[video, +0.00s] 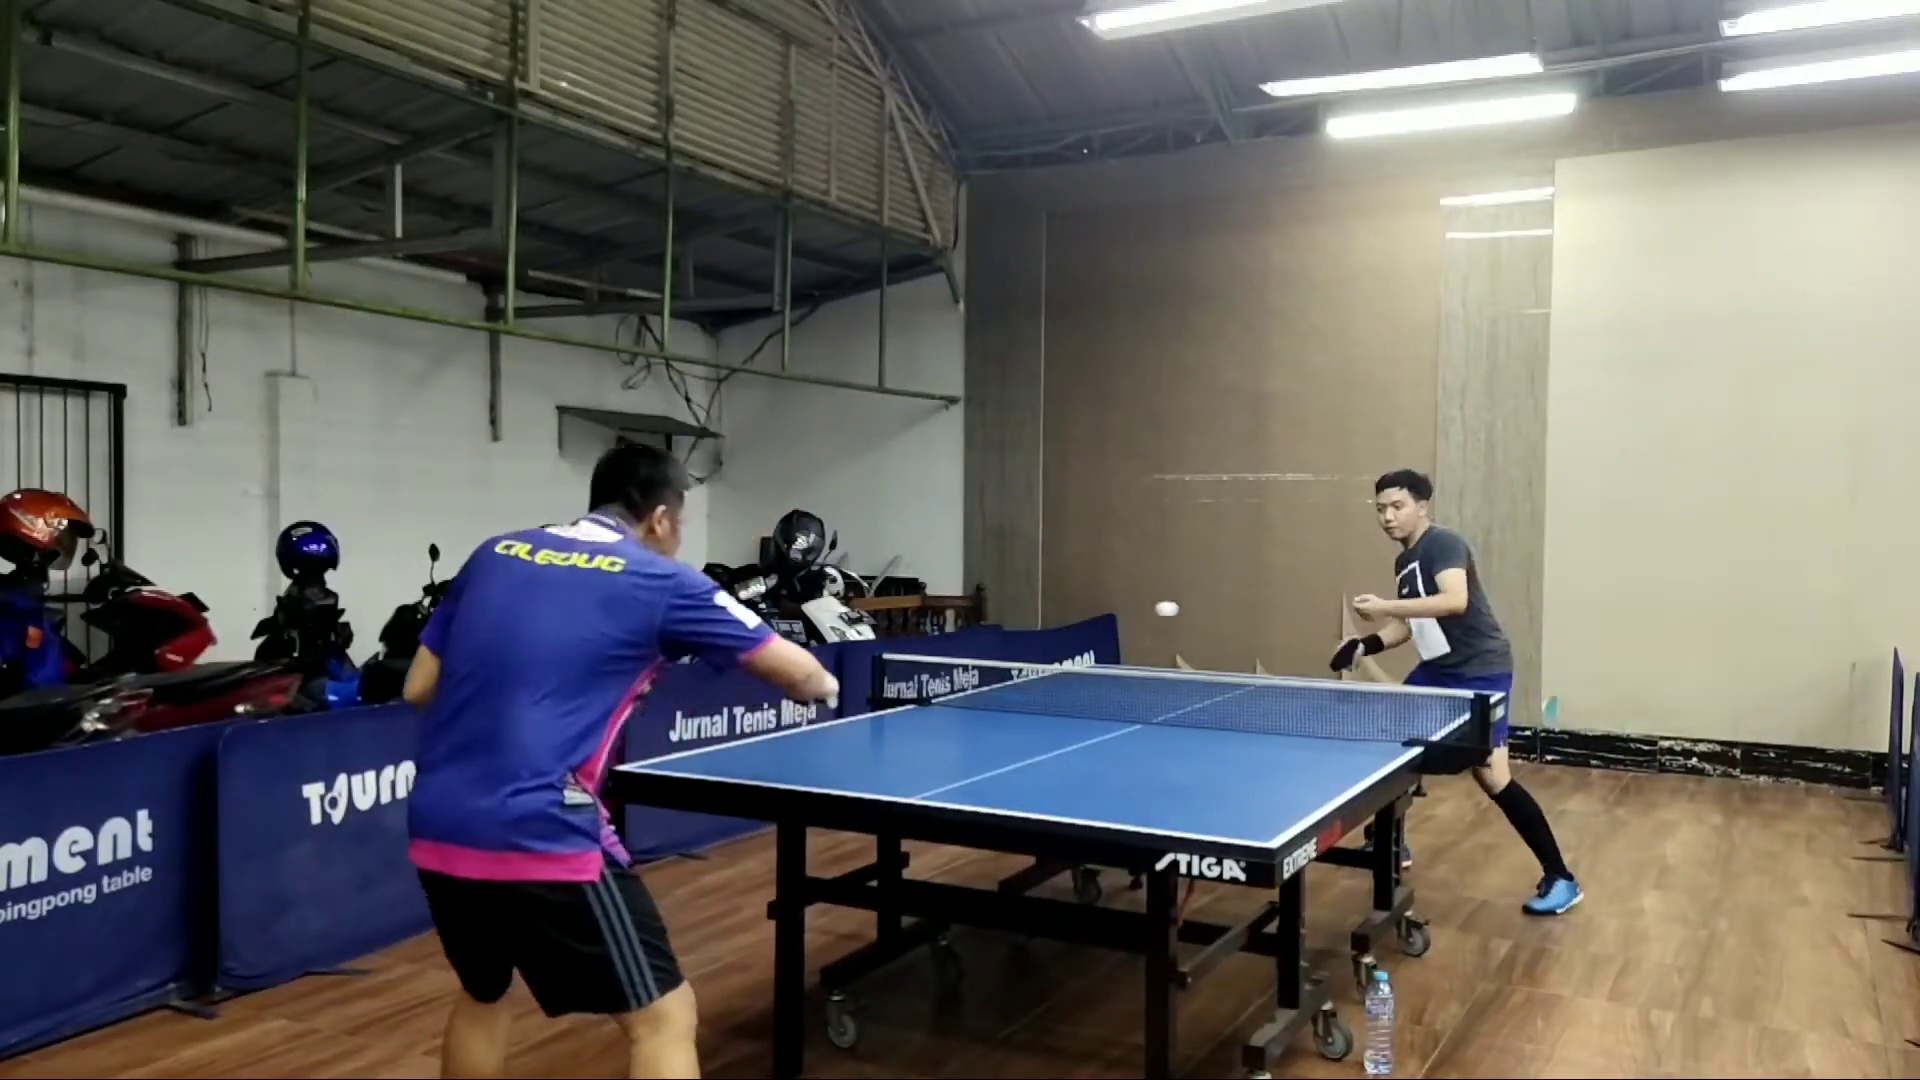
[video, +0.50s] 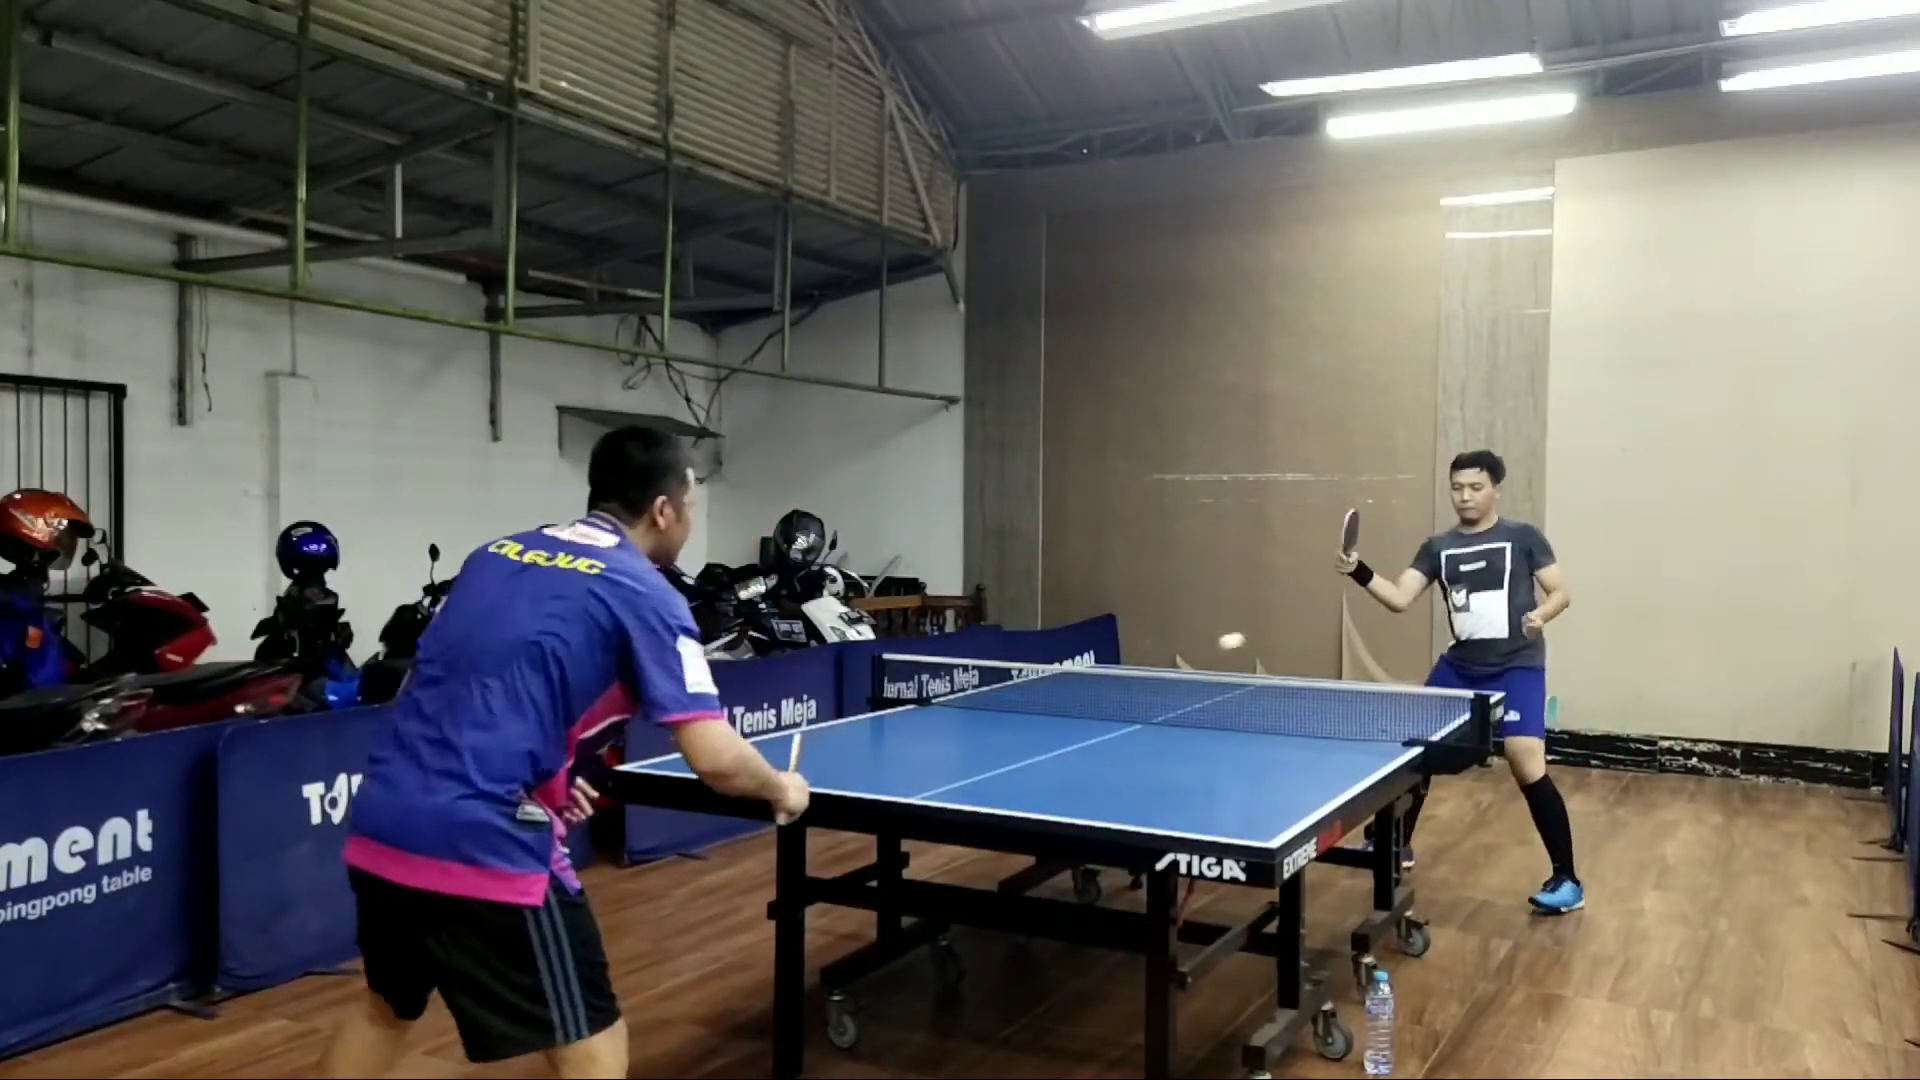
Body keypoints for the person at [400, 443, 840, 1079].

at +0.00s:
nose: (680, 538)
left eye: (681, 521)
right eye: (680, 520)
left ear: (594, 506)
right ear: (656, 518)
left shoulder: (494, 553)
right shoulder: (658, 579)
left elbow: (419, 687)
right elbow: (804, 675)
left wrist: (505, 689)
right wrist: (820, 685)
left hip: (437, 830)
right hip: (545, 835)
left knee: (481, 994)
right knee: (662, 1014)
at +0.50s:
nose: (692, 519)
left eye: (691, 501)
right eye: (690, 502)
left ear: (596, 496)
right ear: (662, 509)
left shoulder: (498, 551)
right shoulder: (645, 592)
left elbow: (442, 681)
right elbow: (716, 757)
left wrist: (539, 760)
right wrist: (778, 790)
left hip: (378, 828)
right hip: (488, 845)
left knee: (382, 1006)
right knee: (592, 1043)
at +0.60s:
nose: (675, 541)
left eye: (676, 525)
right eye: (674, 523)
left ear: (584, 511)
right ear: (645, 525)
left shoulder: (489, 568)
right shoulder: (623, 610)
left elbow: (455, 708)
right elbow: (694, 771)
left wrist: (556, 774)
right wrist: (755, 790)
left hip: (361, 851)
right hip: (474, 867)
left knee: (350, 1037)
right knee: (603, 1046)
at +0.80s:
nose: (690, 597)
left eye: (694, 582)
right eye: (692, 582)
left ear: (605, 551)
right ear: (666, 576)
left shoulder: (494, 588)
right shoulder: (650, 648)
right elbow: (804, 749)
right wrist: (850, 729)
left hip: (354, 873)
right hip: (470, 896)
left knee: (361, 1036)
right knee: (631, 1054)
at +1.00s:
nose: (691, 559)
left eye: (692, 544)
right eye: (691, 544)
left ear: (595, 519)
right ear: (662, 537)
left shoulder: (486, 563)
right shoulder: (650, 608)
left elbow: (385, 675)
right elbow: (823, 666)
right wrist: (892, 652)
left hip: (353, 861)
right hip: (478, 883)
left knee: (332, 1038)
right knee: (616, 1054)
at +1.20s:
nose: (642, 545)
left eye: (643, 526)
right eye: (640, 526)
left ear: (544, 511)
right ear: (607, 526)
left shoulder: (437, 573)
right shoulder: (576, 599)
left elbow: (355, 687)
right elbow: (716, 684)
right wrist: (828, 665)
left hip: (323, 867)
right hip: (438, 880)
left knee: (313, 1047)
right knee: (587, 1053)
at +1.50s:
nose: (602, 544)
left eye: (603, 526)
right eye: (600, 526)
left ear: (507, 514)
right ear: (568, 528)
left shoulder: (416, 566)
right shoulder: (523, 605)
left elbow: (345, 713)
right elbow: (571, 769)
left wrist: (436, 809)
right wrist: (666, 795)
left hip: (249, 846)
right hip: (352, 860)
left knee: (269, 1044)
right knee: (485, 1060)